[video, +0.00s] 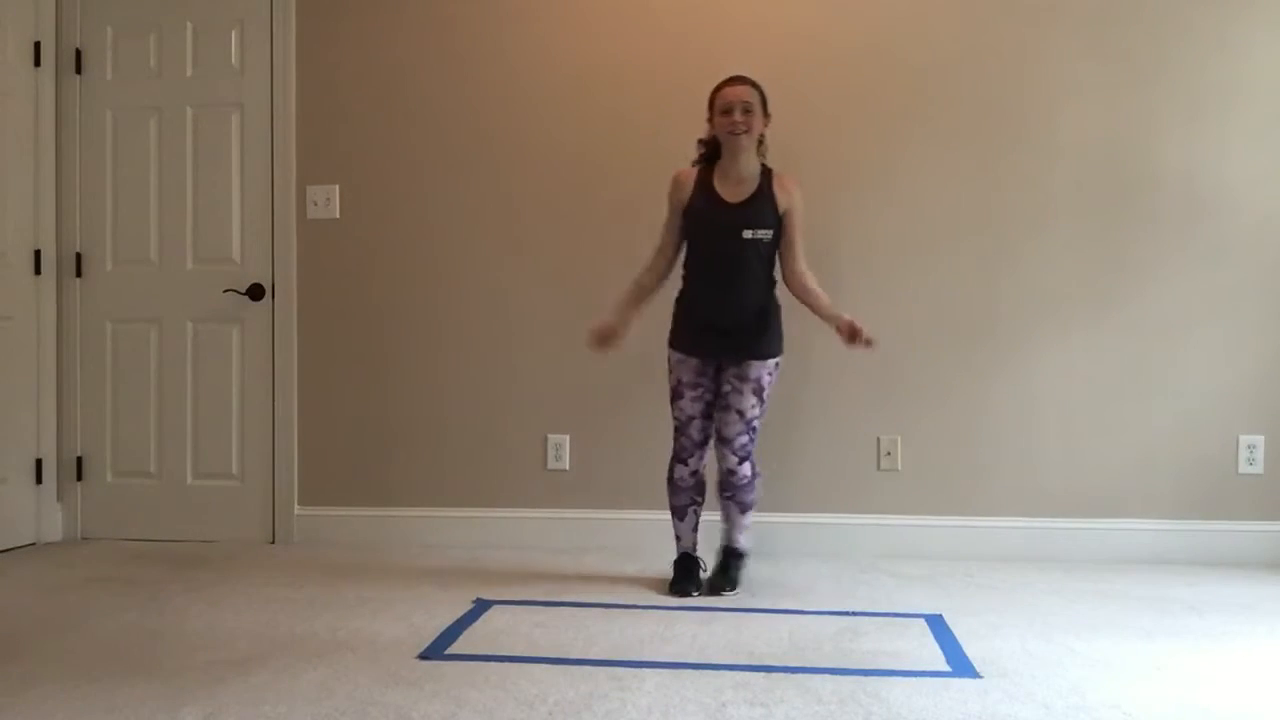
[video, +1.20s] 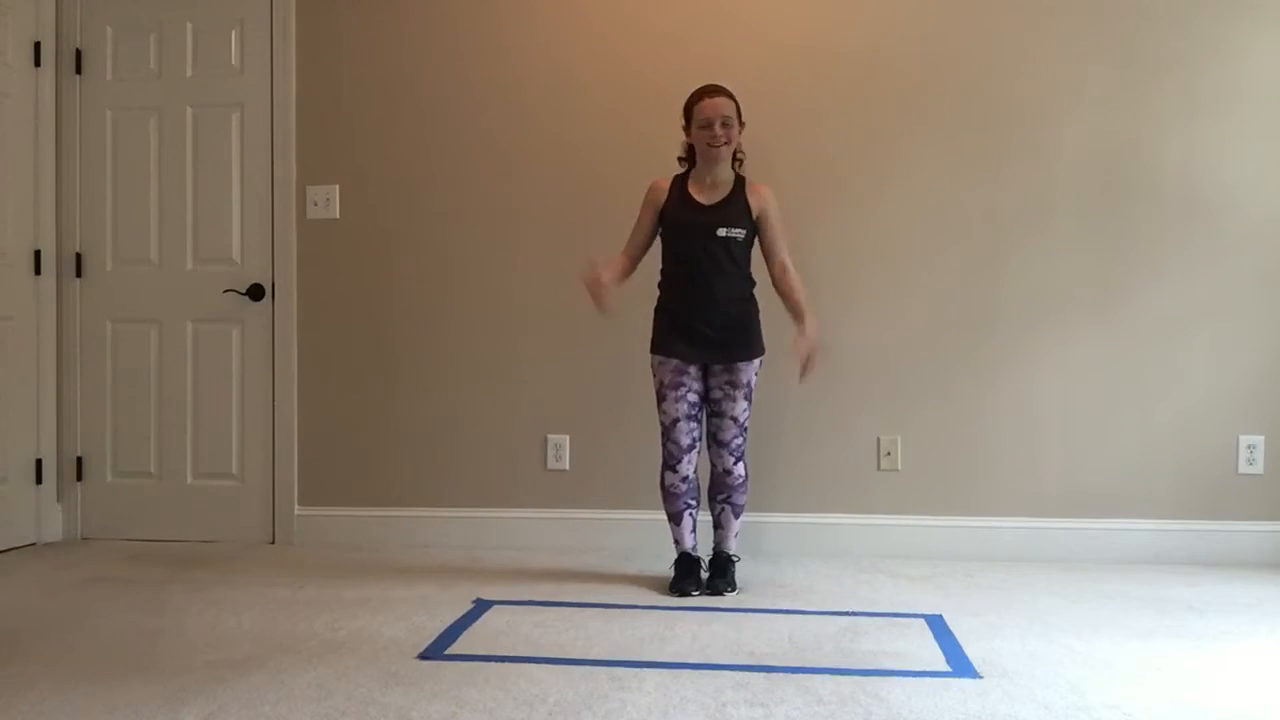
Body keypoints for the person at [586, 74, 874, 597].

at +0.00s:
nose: (736, 118)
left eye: (747, 110)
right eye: (726, 110)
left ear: (764, 121)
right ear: (711, 122)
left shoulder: (781, 189)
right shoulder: (688, 182)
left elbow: (795, 273)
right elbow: (661, 261)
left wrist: (837, 319)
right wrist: (620, 318)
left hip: (754, 342)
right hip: (692, 337)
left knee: (735, 451)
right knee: (688, 449)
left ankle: (733, 551)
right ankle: (685, 556)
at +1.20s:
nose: (716, 132)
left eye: (726, 123)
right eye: (705, 123)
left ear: (739, 130)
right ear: (688, 132)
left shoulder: (756, 197)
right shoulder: (664, 191)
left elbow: (781, 269)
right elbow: (632, 253)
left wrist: (804, 322)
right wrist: (606, 275)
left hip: (736, 343)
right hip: (676, 341)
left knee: (727, 450)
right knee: (679, 449)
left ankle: (723, 555)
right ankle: (686, 557)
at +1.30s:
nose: (726, 133)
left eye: (731, 123)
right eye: (712, 127)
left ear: (740, 129)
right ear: (688, 138)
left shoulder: (754, 193)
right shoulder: (664, 192)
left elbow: (780, 260)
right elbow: (622, 252)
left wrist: (828, 251)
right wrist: (573, 209)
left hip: (737, 341)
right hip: (677, 340)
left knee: (729, 450)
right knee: (680, 449)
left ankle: (724, 556)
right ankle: (686, 557)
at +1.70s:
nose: (713, 140)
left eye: (719, 129)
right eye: (700, 133)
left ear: (727, 129)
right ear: (677, 141)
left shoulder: (749, 184)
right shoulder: (658, 195)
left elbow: (817, 210)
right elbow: (595, 235)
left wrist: (794, 250)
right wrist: (625, 266)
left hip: (738, 340)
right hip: (678, 341)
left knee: (728, 451)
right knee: (681, 450)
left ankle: (724, 556)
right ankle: (686, 558)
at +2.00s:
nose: (705, 129)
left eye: (713, 119)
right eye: (693, 121)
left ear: (724, 125)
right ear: (674, 130)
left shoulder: (750, 188)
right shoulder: (656, 192)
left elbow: (762, 265)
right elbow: (646, 268)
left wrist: (774, 333)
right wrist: (628, 333)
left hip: (736, 344)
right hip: (675, 343)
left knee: (728, 451)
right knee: (680, 451)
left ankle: (724, 555)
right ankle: (686, 557)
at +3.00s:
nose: (702, 131)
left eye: (710, 123)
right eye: (690, 123)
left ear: (721, 129)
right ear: (670, 131)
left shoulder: (739, 192)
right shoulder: (647, 190)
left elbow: (770, 252)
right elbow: (630, 263)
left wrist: (811, 282)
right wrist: (604, 308)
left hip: (723, 341)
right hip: (664, 341)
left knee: (721, 448)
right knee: (672, 450)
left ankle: (724, 555)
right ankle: (683, 556)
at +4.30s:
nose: (701, 122)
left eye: (711, 112)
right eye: (689, 112)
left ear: (724, 122)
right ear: (669, 120)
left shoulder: (741, 184)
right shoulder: (644, 185)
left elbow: (780, 256)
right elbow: (617, 260)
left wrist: (840, 284)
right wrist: (569, 291)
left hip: (732, 326)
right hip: (668, 331)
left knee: (767, 430)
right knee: (664, 450)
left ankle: (790, 551)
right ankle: (678, 560)